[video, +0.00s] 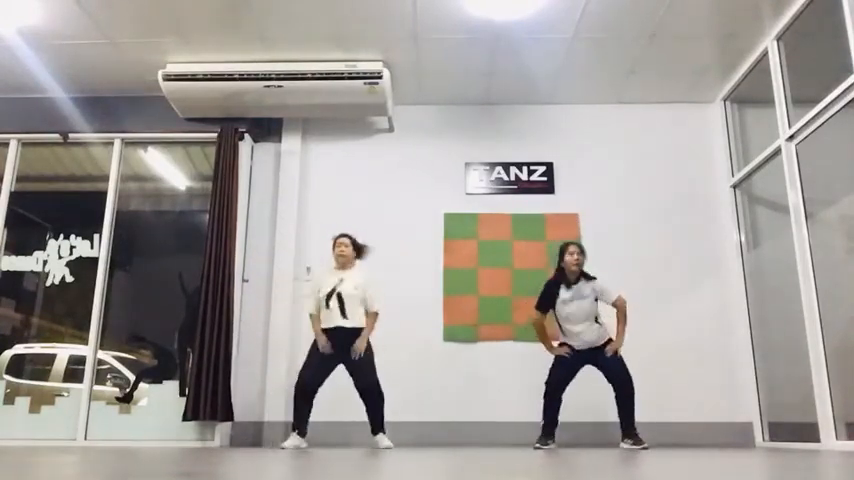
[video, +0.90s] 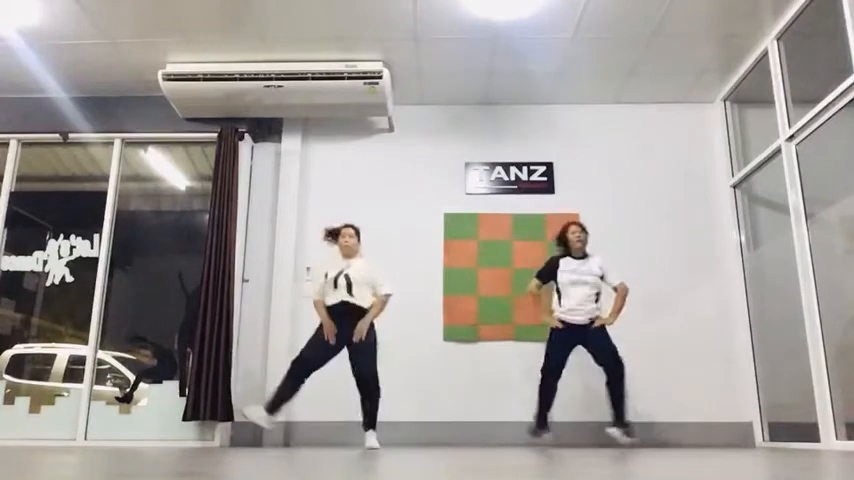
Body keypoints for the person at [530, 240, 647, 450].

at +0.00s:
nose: (575, 258)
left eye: (579, 254)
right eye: (570, 254)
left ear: (583, 259)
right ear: (562, 260)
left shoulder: (592, 284)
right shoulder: (553, 287)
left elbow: (620, 304)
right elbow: (538, 319)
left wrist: (618, 341)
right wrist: (550, 348)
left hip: (601, 348)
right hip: (570, 351)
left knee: (624, 383)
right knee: (553, 388)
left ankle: (629, 434)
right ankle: (547, 435)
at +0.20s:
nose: (582, 235)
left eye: (586, 232)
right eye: (577, 233)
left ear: (594, 237)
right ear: (571, 240)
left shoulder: (605, 265)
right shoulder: (564, 263)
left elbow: (631, 290)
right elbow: (541, 285)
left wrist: (615, 318)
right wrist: (548, 313)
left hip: (594, 329)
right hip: (566, 327)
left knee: (616, 372)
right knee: (546, 371)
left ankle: (620, 426)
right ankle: (532, 419)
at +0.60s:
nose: (570, 237)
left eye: (573, 234)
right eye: (565, 234)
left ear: (579, 241)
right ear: (558, 240)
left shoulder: (589, 261)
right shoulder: (551, 267)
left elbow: (616, 281)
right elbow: (530, 296)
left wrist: (612, 313)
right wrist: (544, 322)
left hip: (595, 327)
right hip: (567, 330)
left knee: (620, 372)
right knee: (553, 375)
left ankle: (638, 421)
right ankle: (554, 429)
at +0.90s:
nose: (578, 236)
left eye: (581, 232)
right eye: (573, 233)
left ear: (587, 237)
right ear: (565, 240)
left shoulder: (597, 264)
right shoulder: (556, 264)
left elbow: (622, 289)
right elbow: (533, 287)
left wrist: (611, 318)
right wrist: (546, 316)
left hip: (592, 326)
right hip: (563, 327)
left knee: (615, 368)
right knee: (550, 373)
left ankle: (619, 423)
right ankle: (541, 423)